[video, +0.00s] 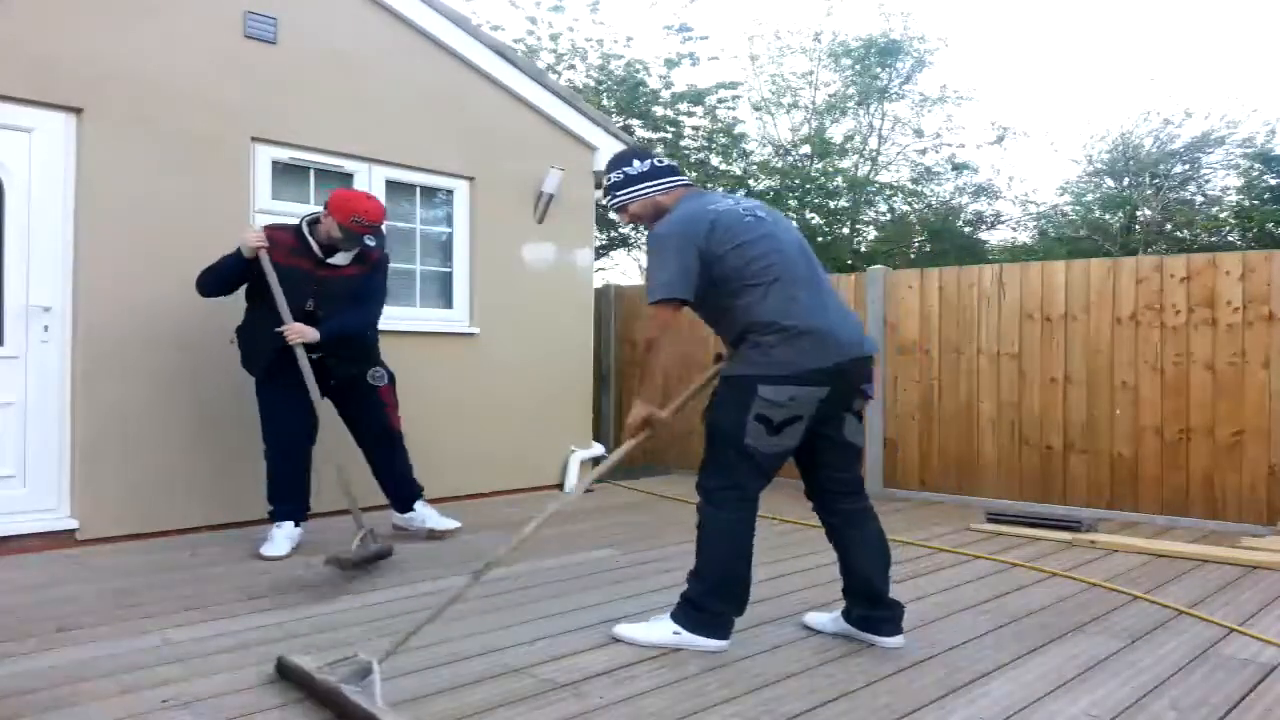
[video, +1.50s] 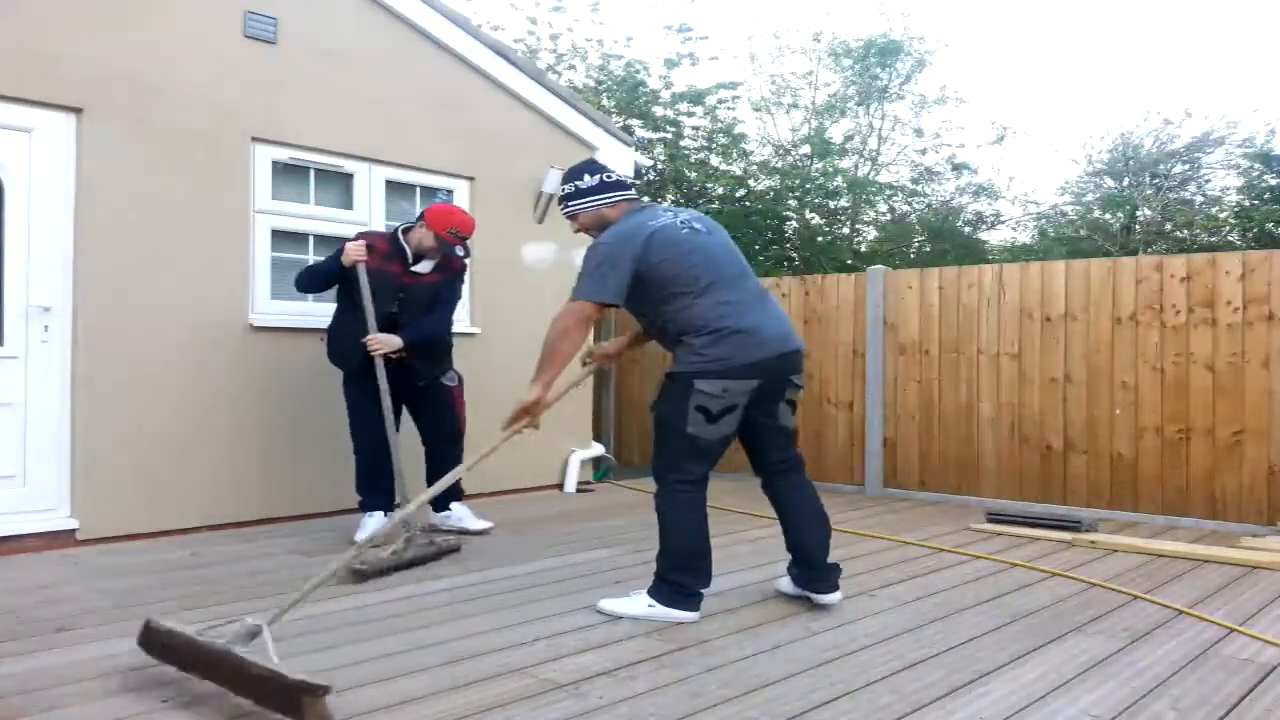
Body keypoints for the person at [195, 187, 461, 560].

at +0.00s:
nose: (355, 245)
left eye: (361, 239)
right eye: (351, 237)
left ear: (366, 232)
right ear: (329, 222)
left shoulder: (371, 259)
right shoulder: (275, 243)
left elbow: (365, 317)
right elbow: (206, 286)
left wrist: (318, 332)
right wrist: (242, 255)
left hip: (343, 351)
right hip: (280, 353)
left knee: (378, 425)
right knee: (289, 433)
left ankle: (409, 507)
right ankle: (286, 523)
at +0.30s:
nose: (407, 249)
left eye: (413, 243)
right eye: (404, 240)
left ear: (415, 238)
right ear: (383, 223)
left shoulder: (416, 265)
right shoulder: (328, 247)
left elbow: (432, 318)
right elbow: (272, 294)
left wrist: (414, 331)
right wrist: (311, 266)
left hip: (384, 370)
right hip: (323, 367)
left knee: (405, 441)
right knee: (310, 448)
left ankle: (415, 515)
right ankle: (290, 524)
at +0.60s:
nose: (455, 255)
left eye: (460, 250)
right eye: (454, 246)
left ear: (446, 237)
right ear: (436, 230)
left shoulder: (456, 271)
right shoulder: (374, 250)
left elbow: (476, 313)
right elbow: (349, 304)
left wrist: (503, 352)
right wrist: (410, 307)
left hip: (414, 367)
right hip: (358, 363)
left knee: (423, 438)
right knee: (337, 439)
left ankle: (417, 515)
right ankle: (311, 516)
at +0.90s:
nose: (466, 260)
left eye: (471, 255)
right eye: (465, 251)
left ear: (471, 249)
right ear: (446, 233)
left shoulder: (466, 276)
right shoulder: (385, 254)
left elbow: (483, 317)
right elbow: (361, 307)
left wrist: (505, 362)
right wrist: (417, 314)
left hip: (423, 367)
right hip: (369, 362)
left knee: (425, 436)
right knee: (371, 435)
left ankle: (416, 514)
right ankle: (360, 512)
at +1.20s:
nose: (446, 253)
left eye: (452, 249)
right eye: (444, 245)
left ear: (455, 245)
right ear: (428, 229)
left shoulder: (457, 269)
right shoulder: (371, 249)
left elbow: (469, 320)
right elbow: (325, 296)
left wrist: (448, 346)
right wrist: (370, 276)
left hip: (424, 365)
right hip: (368, 365)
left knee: (431, 434)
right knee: (373, 438)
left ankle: (418, 513)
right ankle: (374, 513)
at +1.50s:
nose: (442, 255)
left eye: (447, 250)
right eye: (440, 246)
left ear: (450, 245)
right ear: (424, 230)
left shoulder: (451, 266)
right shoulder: (370, 247)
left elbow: (440, 321)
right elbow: (304, 282)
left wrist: (401, 340)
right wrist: (339, 262)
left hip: (423, 362)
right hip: (367, 362)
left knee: (445, 429)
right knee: (372, 437)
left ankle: (446, 507)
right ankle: (376, 513)